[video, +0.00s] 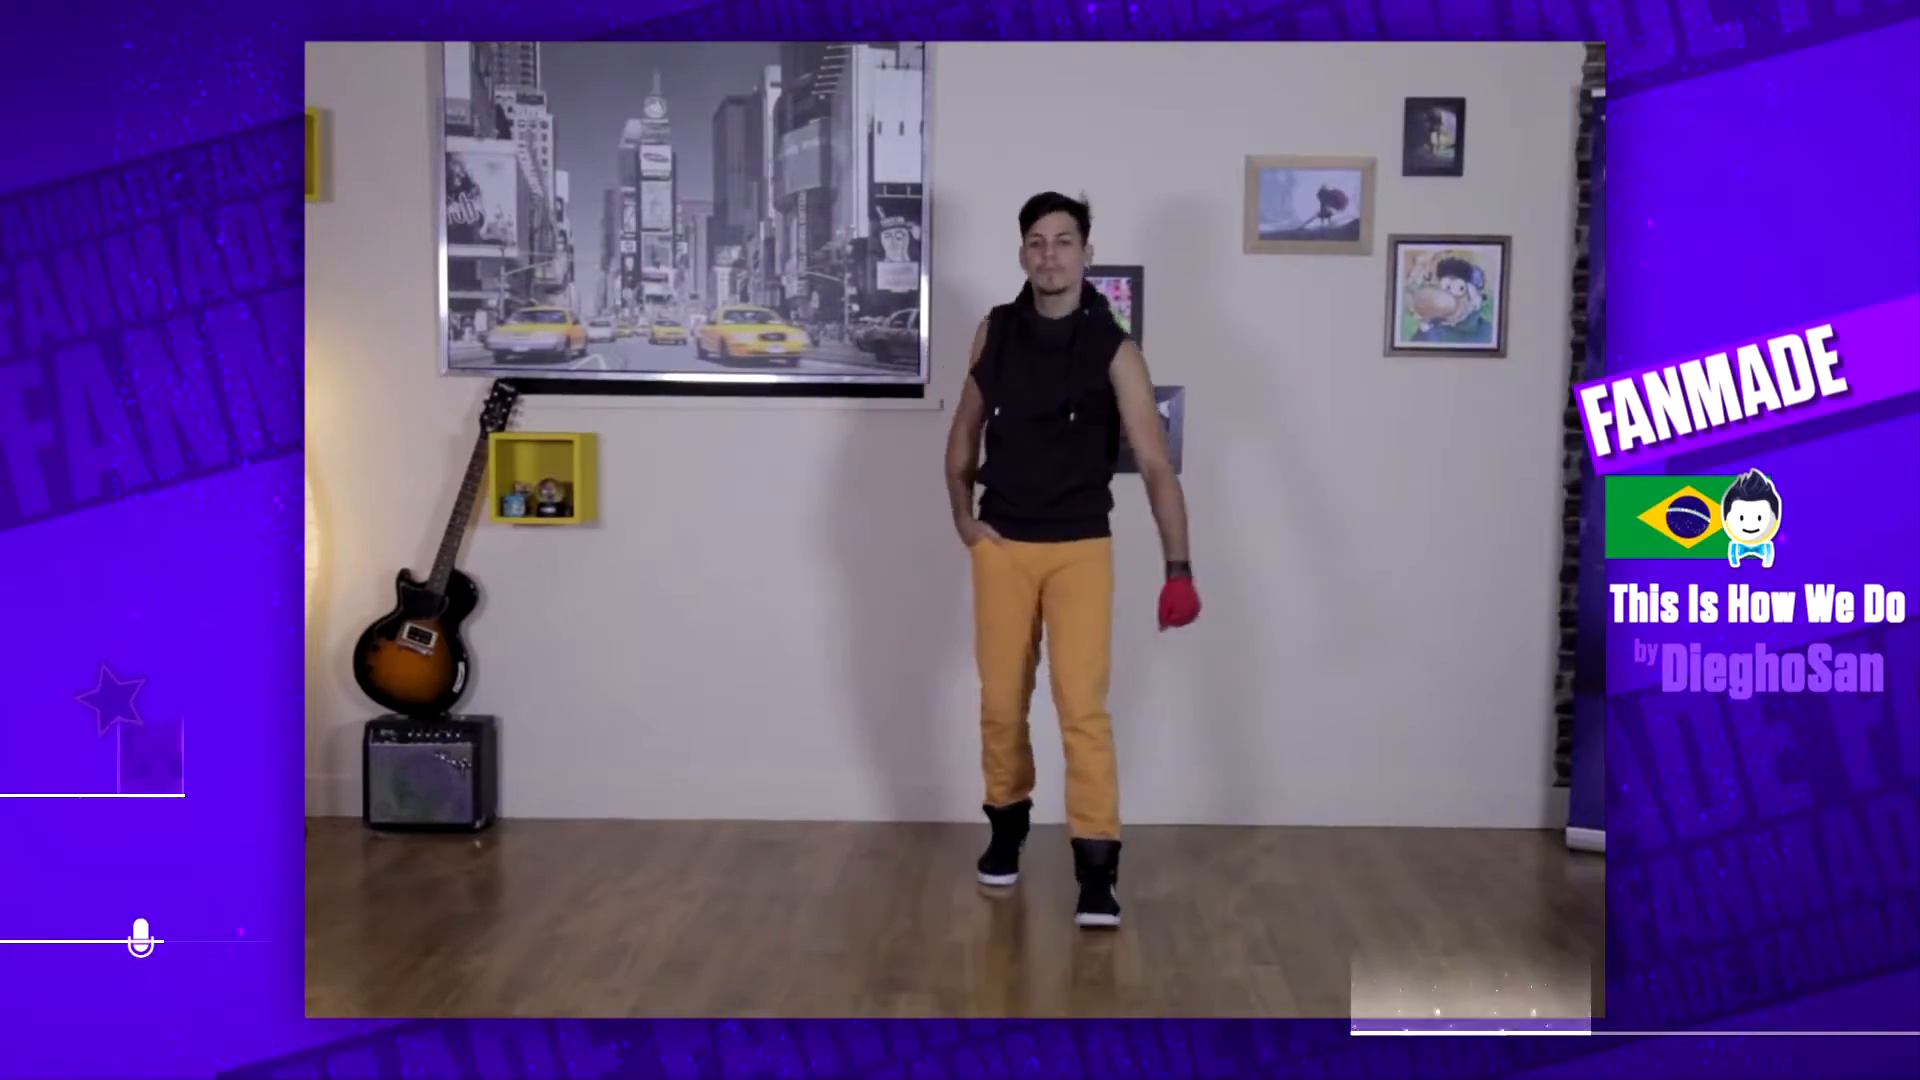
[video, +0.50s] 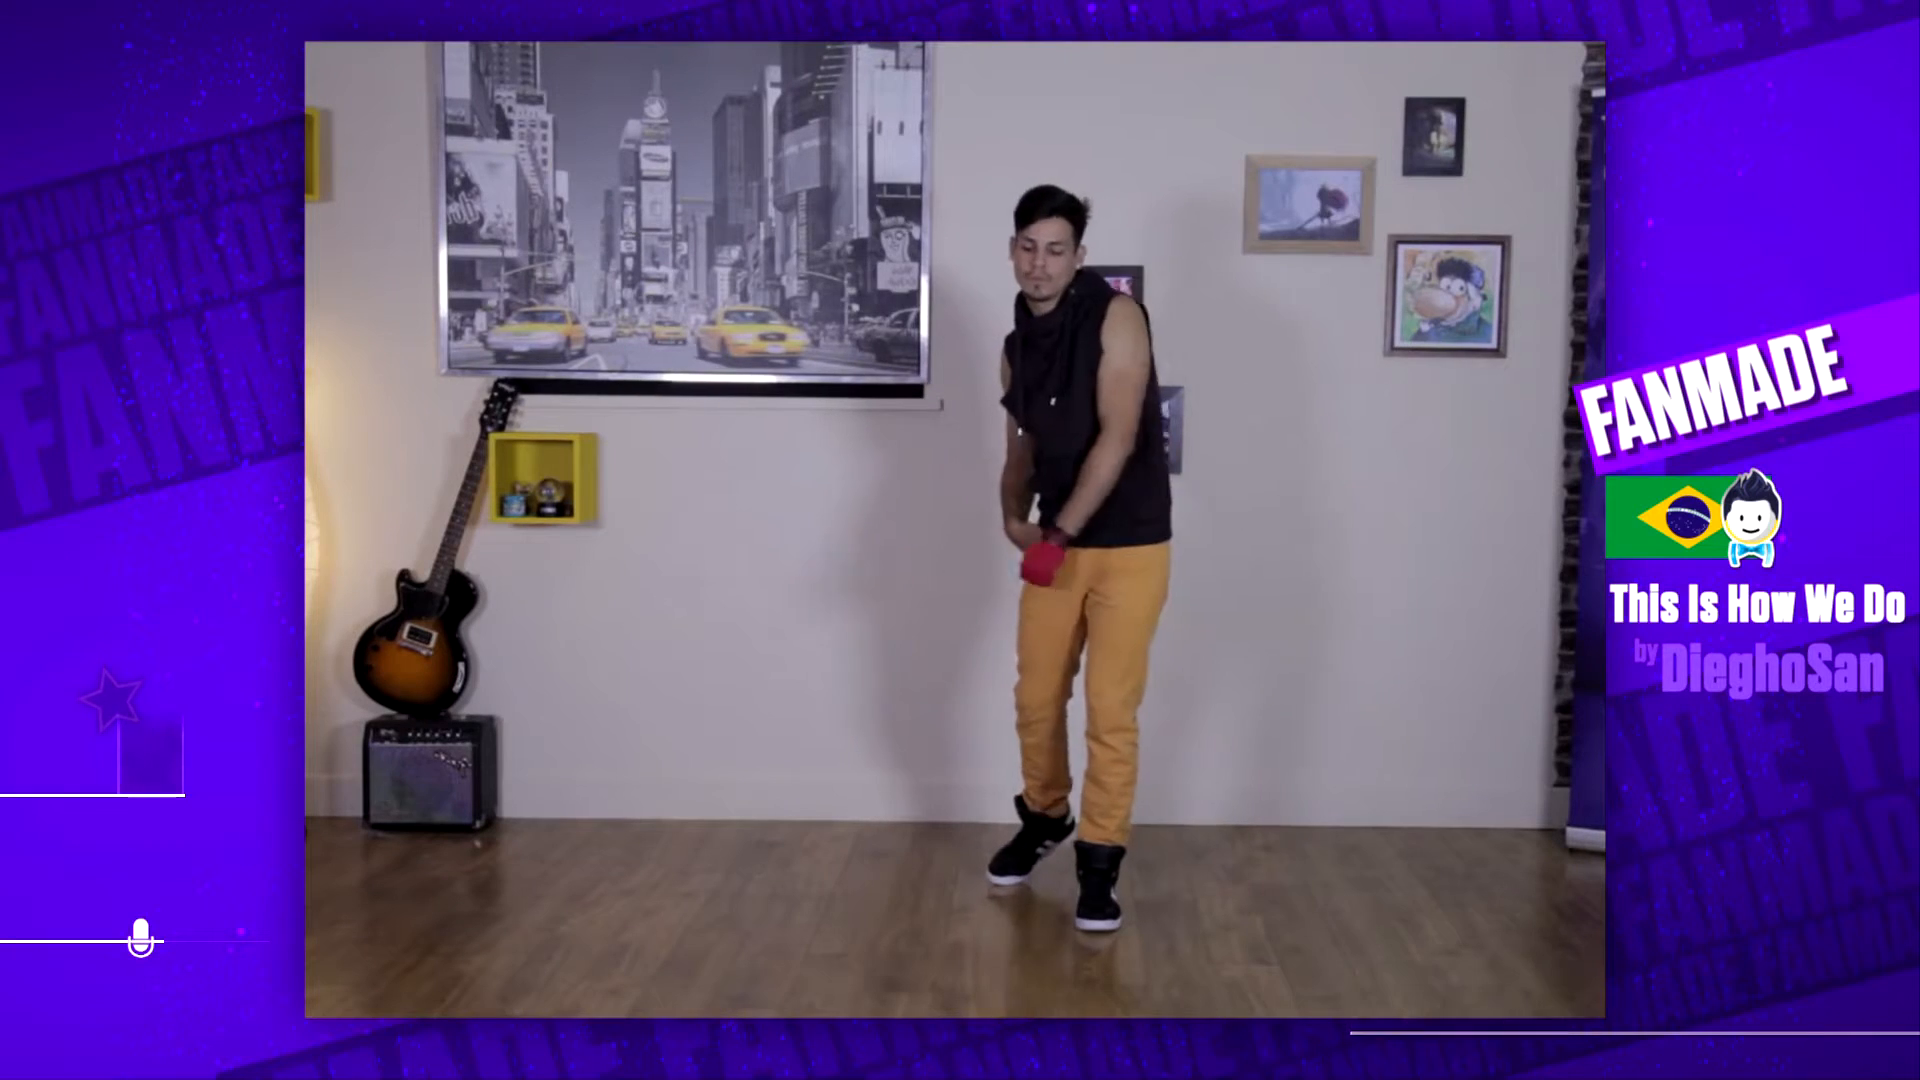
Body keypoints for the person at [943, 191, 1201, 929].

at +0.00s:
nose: (1049, 254)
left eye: (1062, 242)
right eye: (1037, 243)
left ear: (1086, 251)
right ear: (1022, 255)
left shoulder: (1113, 349)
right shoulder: (996, 332)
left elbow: (1157, 465)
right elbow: (965, 430)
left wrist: (1179, 567)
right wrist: (963, 514)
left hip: (1081, 550)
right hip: (1000, 546)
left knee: (1083, 710)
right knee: (1000, 706)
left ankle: (1097, 871)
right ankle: (1006, 829)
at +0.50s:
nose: (1037, 263)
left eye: (1053, 250)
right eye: (1026, 249)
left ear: (1079, 256)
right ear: (1011, 254)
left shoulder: (1118, 320)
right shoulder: (1018, 348)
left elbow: (1119, 437)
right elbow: (1019, 448)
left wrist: (1061, 534)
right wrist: (1014, 517)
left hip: (1128, 546)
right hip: (1055, 544)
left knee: (1109, 710)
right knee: (1036, 701)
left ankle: (1100, 865)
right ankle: (1045, 817)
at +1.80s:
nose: (1070, 230)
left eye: (1087, 219)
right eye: (1061, 217)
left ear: (1116, 235)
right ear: (1046, 229)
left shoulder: (1134, 342)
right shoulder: (999, 313)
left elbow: (1154, 465)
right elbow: (946, 432)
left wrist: (1128, 527)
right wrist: (986, 530)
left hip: (1107, 558)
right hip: (1021, 556)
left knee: (1116, 727)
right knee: (994, 731)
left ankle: (1101, 875)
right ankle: (965, 897)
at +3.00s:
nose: (1067, 244)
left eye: (1085, 231)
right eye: (1058, 229)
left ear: (1113, 240)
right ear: (1045, 230)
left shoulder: (1118, 325)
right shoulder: (1001, 304)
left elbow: (1133, 435)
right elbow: (938, 426)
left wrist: (1080, 345)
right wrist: (984, 540)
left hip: (1108, 565)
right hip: (1017, 566)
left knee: (1148, 738)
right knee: (992, 744)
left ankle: (1173, 906)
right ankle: (969, 903)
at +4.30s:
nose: (1066, 248)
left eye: (1084, 236)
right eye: (1061, 232)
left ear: (1128, 244)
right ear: (1053, 232)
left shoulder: (1141, 338)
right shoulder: (1012, 307)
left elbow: (1144, 447)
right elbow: (950, 427)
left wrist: (1092, 352)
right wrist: (989, 538)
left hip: (1116, 567)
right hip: (1023, 566)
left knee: (1147, 740)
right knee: (991, 742)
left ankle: (1171, 907)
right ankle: (963, 903)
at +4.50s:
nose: (1034, 242)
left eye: (1051, 229)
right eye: (1025, 228)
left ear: (1087, 238)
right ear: (1016, 233)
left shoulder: (1111, 332)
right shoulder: (974, 317)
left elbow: (1119, 453)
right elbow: (914, 440)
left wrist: (1068, 358)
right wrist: (960, 540)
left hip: (1092, 569)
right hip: (998, 568)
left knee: (1127, 742)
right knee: (981, 744)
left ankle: (1167, 905)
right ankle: (962, 903)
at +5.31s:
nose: (1089, 263)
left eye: (1104, 246)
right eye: (1081, 248)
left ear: (1151, 243)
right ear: (1076, 249)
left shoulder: (1192, 337)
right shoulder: (1048, 330)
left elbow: (1158, 443)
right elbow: (1014, 447)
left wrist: (1101, 348)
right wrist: (1010, 531)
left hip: (1143, 577)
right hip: (1048, 570)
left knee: (1165, 749)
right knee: (1011, 746)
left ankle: (1192, 910)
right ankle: (987, 905)